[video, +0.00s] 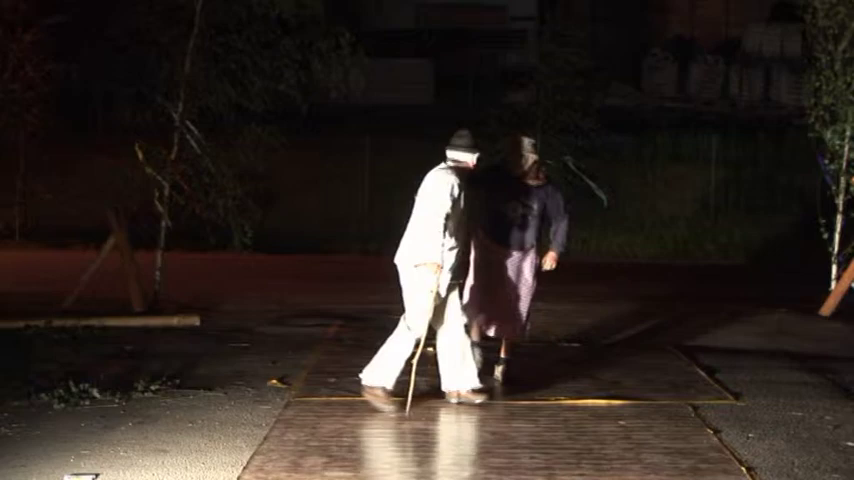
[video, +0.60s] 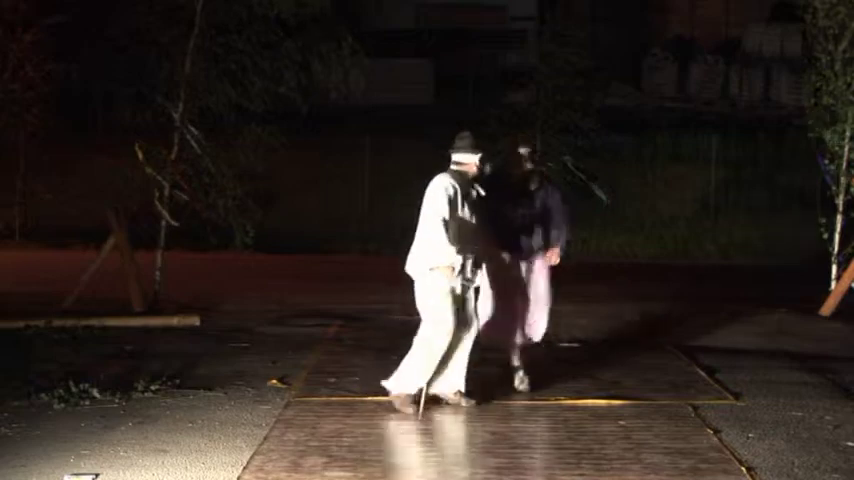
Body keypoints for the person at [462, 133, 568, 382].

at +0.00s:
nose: (520, 161)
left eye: (525, 156)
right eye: (517, 156)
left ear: (533, 158)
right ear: (507, 156)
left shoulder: (542, 188)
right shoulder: (490, 179)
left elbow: (559, 220)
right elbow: (472, 209)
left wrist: (554, 249)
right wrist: (472, 237)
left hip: (522, 254)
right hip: (487, 249)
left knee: (515, 307)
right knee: (478, 302)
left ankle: (502, 362)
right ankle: (474, 349)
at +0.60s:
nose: (524, 162)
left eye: (528, 157)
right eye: (519, 157)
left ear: (535, 158)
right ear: (510, 158)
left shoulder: (544, 184)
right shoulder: (498, 182)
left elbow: (556, 215)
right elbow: (487, 217)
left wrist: (555, 245)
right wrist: (494, 248)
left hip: (536, 254)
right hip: (505, 254)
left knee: (536, 310)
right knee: (512, 311)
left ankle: (518, 349)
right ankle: (517, 367)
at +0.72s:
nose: (481, 167)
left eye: (481, 162)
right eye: (476, 163)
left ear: (478, 165)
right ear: (461, 164)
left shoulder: (482, 197)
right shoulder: (446, 187)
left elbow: (522, 210)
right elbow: (427, 220)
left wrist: (560, 219)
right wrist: (446, 252)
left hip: (474, 269)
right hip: (440, 265)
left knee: (472, 329)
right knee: (477, 299)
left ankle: (452, 391)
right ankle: (439, 351)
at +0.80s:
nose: (485, 158)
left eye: (485, 152)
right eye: (480, 153)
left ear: (484, 154)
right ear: (466, 155)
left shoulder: (487, 180)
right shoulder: (450, 179)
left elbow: (520, 182)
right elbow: (433, 216)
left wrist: (559, 177)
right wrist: (445, 254)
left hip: (477, 261)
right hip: (453, 260)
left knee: (466, 323)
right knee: (490, 267)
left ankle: (449, 388)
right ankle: (475, 345)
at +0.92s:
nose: (495, 146)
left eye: (495, 141)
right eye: (491, 142)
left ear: (490, 141)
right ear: (477, 142)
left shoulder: (490, 162)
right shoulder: (459, 170)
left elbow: (520, 156)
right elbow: (448, 214)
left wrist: (554, 147)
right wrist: (457, 248)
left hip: (474, 236)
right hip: (448, 242)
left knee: (504, 252)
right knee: (454, 304)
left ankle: (509, 321)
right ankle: (443, 375)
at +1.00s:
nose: (501, 148)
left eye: (501, 142)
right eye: (495, 143)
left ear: (498, 142)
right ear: (480, 144)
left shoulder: (495, 160)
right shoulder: (464, 170)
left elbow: (525, 154)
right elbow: (456, 221)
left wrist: (556, 144)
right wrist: (483, 250)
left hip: (475, 241)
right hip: (447, 244)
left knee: (510, 264)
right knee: (456, 306)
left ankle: (521, 340)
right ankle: (439, 375)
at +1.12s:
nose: (503, 160)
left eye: (503, 155)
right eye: (499, 155)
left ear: (491, 155)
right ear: (488, 156)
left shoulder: (493, 175)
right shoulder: (469, 181)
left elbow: (524, 171)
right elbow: (468, 217)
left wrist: (557, 160)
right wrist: (488, 247)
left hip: (449, 258)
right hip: (470, 257)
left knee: (454, 319)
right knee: (510, 306)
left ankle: (436, 390)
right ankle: (509, 379)